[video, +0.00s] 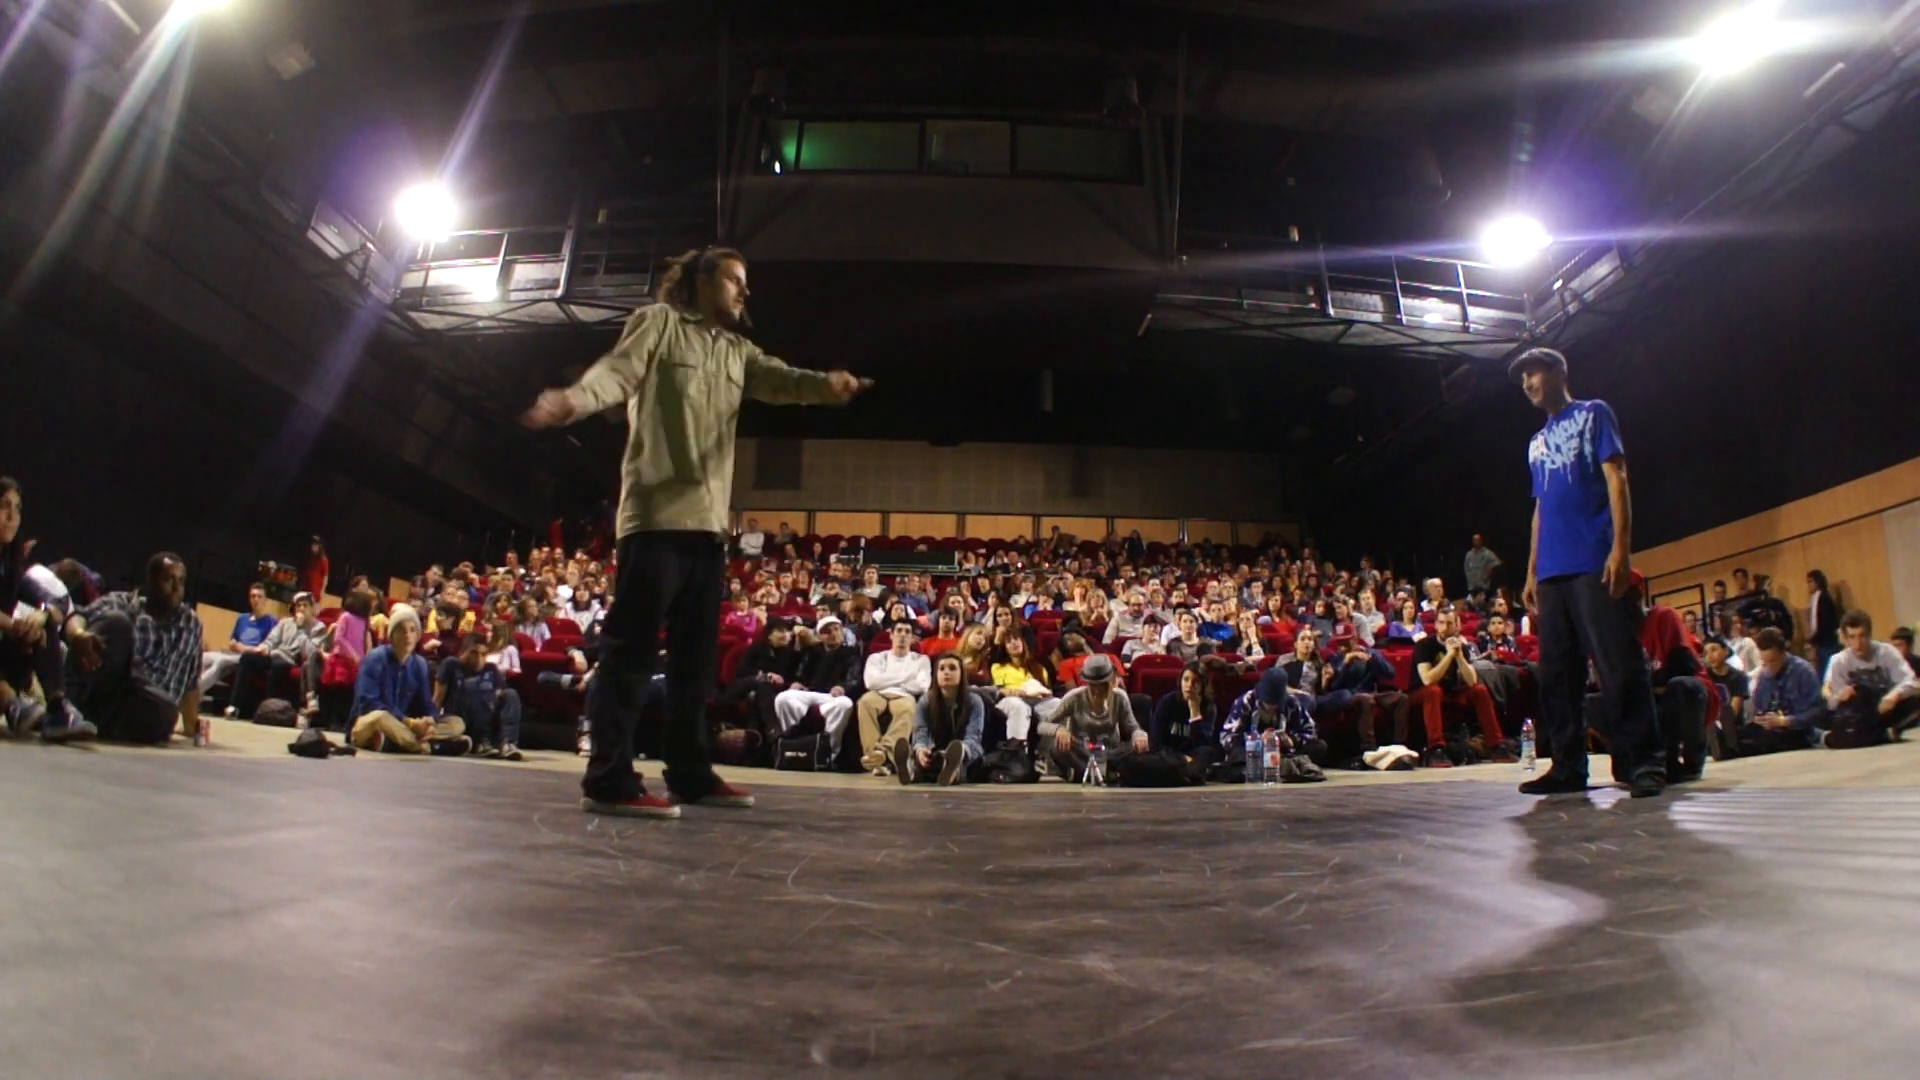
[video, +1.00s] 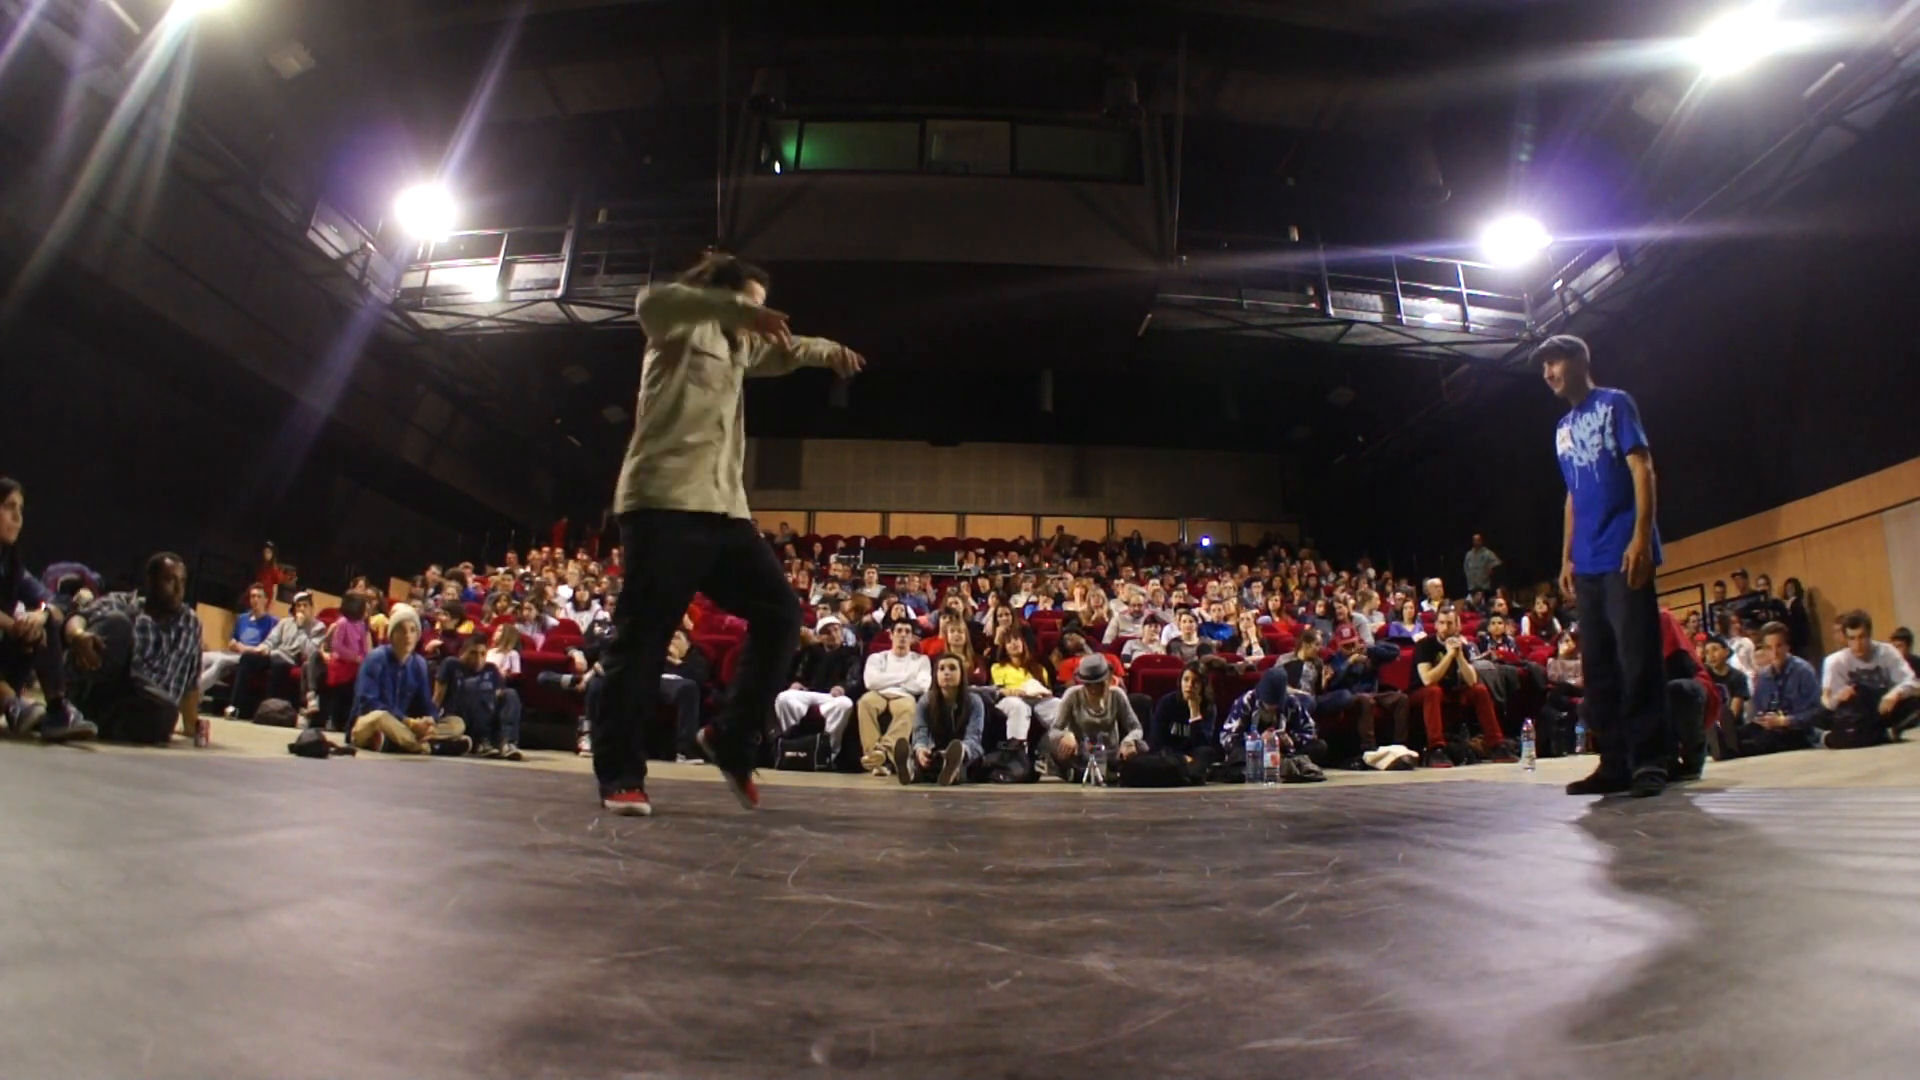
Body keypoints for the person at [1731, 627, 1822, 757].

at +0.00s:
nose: (1767, 666)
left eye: (1772, 661)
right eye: (1764, 661)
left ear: (1783, 654)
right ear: (1761, 657)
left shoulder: (1802, 671)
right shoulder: (1764, 675)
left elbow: (1817, 712)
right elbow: (1757, 709)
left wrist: (1782, 721)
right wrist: (1760, 719)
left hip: (1798, 732)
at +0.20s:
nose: (1768, 665)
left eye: (1773, 659)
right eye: (1764, 660)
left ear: (1784, 652)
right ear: (1759, 656)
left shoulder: (1802, 670)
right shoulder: (1761, 675)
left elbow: (1818, 711)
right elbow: (1757, 710)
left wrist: (1783, 721)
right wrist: (1760, 720)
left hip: (1799, 732)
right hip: (1768, 732)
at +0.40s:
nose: (1768, 663)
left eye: (1773, 658)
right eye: (1764, 658)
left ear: (1783, 652)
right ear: (1759, 656)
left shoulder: (1803, 671)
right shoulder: (1762, 676)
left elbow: (1817, 711)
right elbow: (1757, 709)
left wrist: (1783, 721)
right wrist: (1761, 719)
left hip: (1799, 732)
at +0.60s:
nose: (1771, 660)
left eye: (1775, 653)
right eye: (1765, 655)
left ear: (1784, 650)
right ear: (1759, 656)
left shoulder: (1803, 671)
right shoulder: (1761, 676)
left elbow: (1817, 711)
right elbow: (1757, 709)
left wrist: (1783, 721)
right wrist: (1763, 720)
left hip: (1799, 731)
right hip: (1769, 731)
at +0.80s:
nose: (1773, 655)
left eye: (1777, 648)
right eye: (1767, 650)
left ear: (1785, 648)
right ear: (1761, 652)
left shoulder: (1802, 670)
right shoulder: (1762, 677)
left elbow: (1817, 711)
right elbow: (1756, 711)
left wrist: (1783, 721)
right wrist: (1761, 720)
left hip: (1798, 731)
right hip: (1769, 731)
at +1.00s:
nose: (1775, 653)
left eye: (1779, 646)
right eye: (1769, 648)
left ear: (1787, 647)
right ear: (1764, 650)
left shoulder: (1803, 671)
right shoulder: (1763, 676)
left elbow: (1815, 711)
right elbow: (1757, 710)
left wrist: (1783, 721)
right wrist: (1761, 719)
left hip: (1797, 731)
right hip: (1768, 731)